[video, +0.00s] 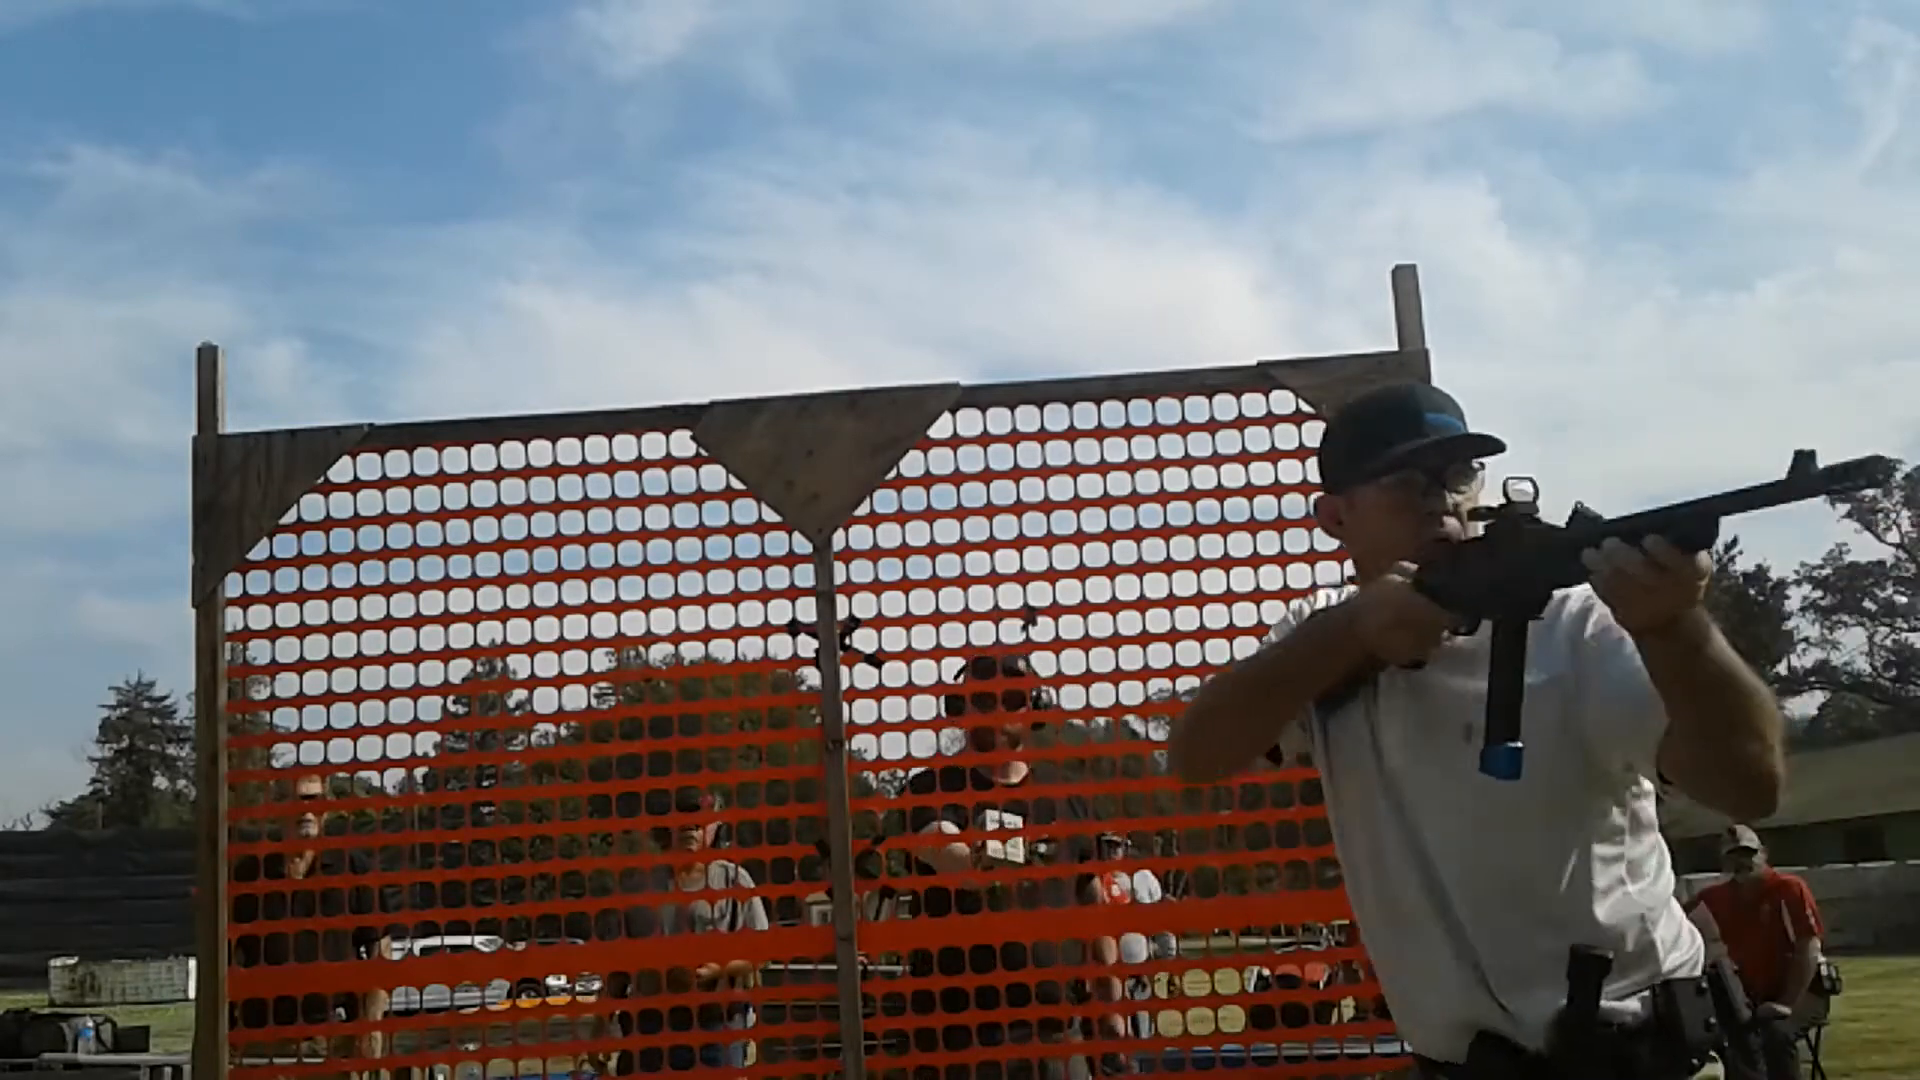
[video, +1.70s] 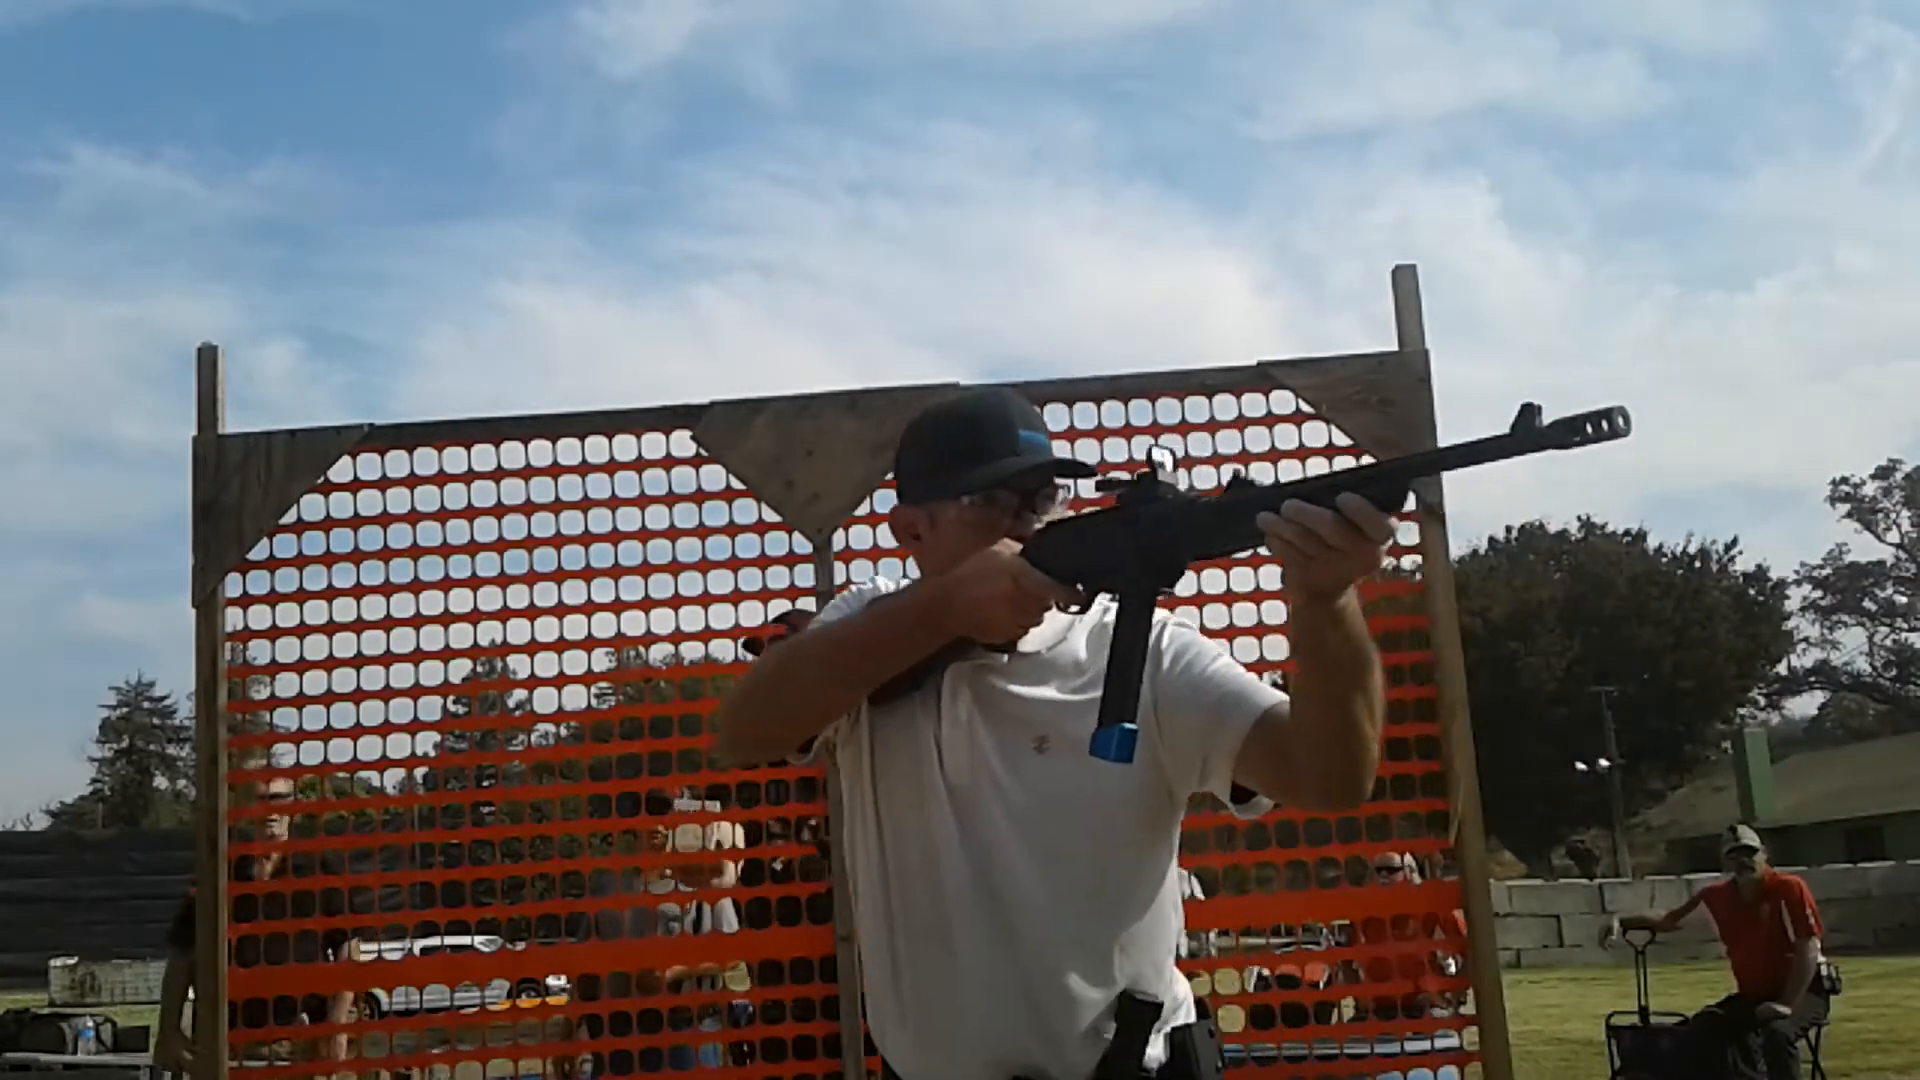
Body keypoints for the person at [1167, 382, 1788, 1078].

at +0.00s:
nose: (1448, 507)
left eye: (1460, 476)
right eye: (1409, 482)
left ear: (1483, 491)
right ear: (1337, 519)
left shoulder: (1570, 620)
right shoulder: (1327, 649)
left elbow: (1752, 788)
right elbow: (1193, 755)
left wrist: (1677, 630)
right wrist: (1346, 634)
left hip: (1648, 1036)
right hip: (1466, 1058)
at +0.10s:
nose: (1376, 505)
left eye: (1390, 478)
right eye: (1339, 483)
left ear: (1419, 497)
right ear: (1268, 516)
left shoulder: (1514, 623)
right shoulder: (1254, 643)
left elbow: (1702, 767)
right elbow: (1137, 748)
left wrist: (1656, 602)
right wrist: (1311, 616)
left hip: (1561, 1040)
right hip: (1378, 1055)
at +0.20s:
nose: (1324, 503)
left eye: (1337, 475)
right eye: (1289, 482)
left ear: (1366, 487)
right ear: (1217, 517)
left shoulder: (1464, 624)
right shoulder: (1194, 634)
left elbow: (1654, 760)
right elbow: (1080, 738)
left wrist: (1621, 590)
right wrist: (1262, 604)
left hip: (1477, 1050)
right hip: (1291, 1058)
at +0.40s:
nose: (1238, 509)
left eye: (1250, 482)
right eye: (1203, 486)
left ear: (1274, 491)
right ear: (1130, 517)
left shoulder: (1367, 627)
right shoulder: (1096, 629)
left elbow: (1561, 756)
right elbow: (981, 740)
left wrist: (1536, 583)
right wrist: (1165, 599)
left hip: (1385, 1051)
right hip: (1184, 1059)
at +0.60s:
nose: (1180, 509)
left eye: (1192, 481)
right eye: (1146, 486)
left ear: (1216, 488)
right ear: (1066, 514)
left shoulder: (1297, 631)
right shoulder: (1028, 626)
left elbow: (1488, 756)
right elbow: (906, 726)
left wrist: (1465, 580)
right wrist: (1101, 594)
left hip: (1304, 1057)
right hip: (1103, 1065)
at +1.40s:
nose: (1115, 501)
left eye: (1125, 474)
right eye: (1083, 480)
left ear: (1146, 481)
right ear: (993, 503)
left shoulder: (1223, 630)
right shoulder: (947, 643)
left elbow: (1412, 751)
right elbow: (821, 699)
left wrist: (1394, 565)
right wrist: (1022, 579)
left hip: (1208, 1057)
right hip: (1007, 1064)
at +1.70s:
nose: (1028, 526)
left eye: (1044, 497)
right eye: (994, 503)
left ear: (1066, 504)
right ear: (911, 530)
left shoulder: (1140, 652)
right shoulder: (864, 637)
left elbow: (1330, 774)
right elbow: (742, 733)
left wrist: (1324, 607)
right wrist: (943, 608)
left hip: (1133, 1058)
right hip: (930, 1064)